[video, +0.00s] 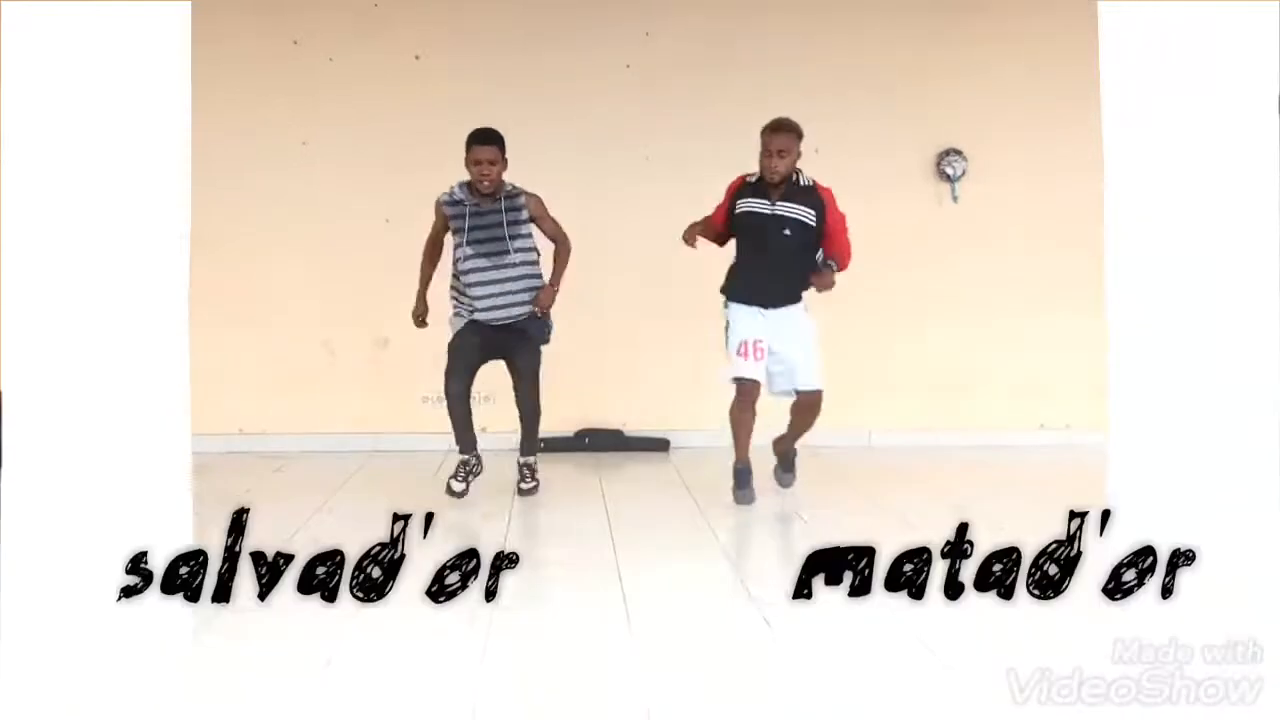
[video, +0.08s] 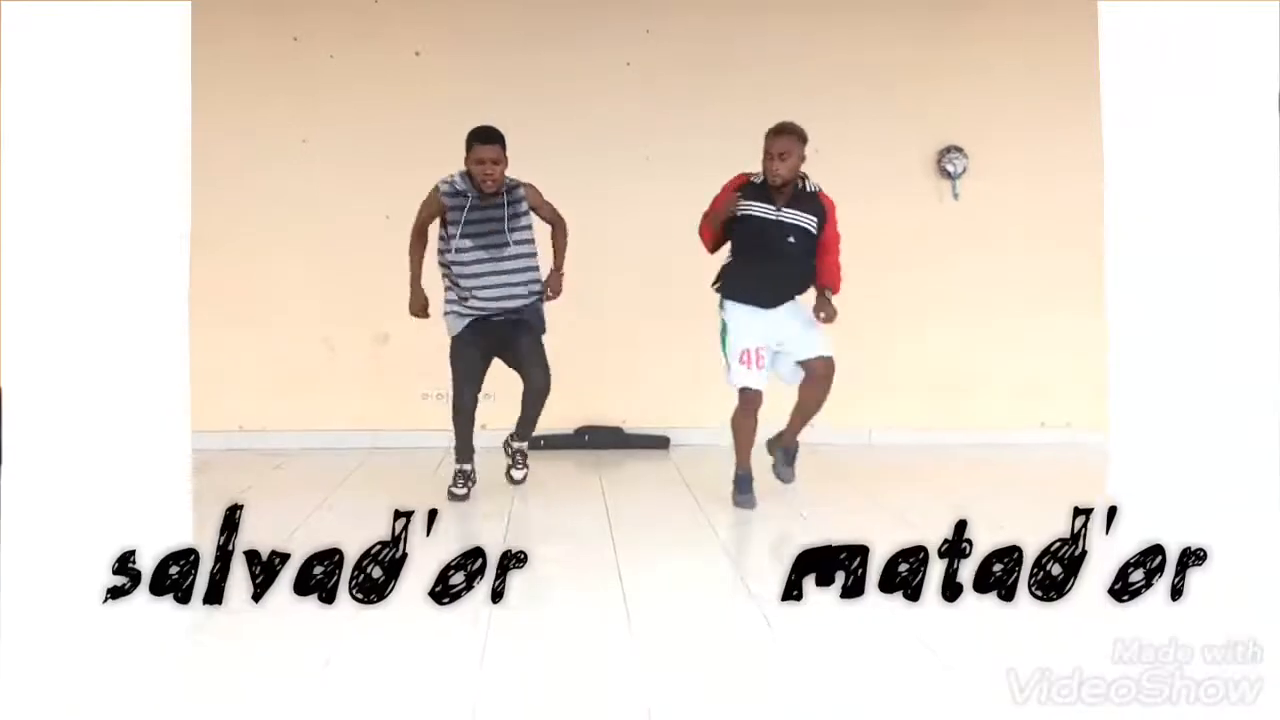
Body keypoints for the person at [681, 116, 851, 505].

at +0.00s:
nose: (773, 162)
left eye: (782, 155)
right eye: (768, 153)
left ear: (797, 156)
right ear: (759, 152)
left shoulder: (818, 198)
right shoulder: (741, 189)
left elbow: (839, 245)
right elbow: (721, 230)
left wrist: (829, 268)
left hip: (791, 308)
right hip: (745, 306)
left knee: (811, 399)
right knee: (747, 390)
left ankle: (786, 445)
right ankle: (742, 466)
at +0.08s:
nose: (775, 164)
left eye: (784, 157)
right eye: (770, 155)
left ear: (801, 159)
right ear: (762, 156)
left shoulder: (819, 204)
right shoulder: (740, 190)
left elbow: (828, 250)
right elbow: (710, 241)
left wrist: (825, 291)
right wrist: (719, 211)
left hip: (790, 306)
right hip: (743, 306)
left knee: (821, 371)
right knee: (750, 397)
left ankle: (787, 440)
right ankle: (742, 473)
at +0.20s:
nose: (772, 181)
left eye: (782, 175)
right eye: (767, 173)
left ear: (800, 180)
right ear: (761, 176)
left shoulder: (815, 230)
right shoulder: (739, 214)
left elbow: (821, 288)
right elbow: (714, 271)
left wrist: (812, 299)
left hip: (788, 330)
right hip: (741, 330)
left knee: (803, 409)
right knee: (751, 412)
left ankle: (793, 492)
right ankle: (748, 485)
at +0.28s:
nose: (772, 155)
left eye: (781, 149)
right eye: (767, 148)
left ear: (801, 153)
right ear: (760, 152)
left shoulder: (818, 197)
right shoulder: (743, 193)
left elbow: (847, 258)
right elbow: (717, 250)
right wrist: (746, 261)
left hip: (794, 311)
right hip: (746, 312)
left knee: (808, 393)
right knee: (745, 398)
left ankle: (800, 485)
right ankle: (744, 480)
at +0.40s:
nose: (757, 109)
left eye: (765, 99)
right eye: (751, 100)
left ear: (784, 96)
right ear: (743, 100)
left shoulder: (812, 136)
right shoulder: (734, 148)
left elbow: (861, 185)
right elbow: (709, 197)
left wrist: (843, 176)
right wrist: (680, 238)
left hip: (794, 259)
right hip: (753, 261)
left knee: (826, 341)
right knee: (737, 353)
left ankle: (860, 436)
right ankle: (671, 335)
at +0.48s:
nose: (756, 107)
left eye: (766, 98)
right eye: (750, 98)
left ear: (786, 94)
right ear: (744, 96)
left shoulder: (811, 132)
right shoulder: (734, 144)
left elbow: (859, 183)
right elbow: (702, 189)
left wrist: (830, 158)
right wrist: (661, 223)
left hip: (790, 253)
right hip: (750, 253)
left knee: (833, 327)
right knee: (738, 348)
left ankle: (885, 413)